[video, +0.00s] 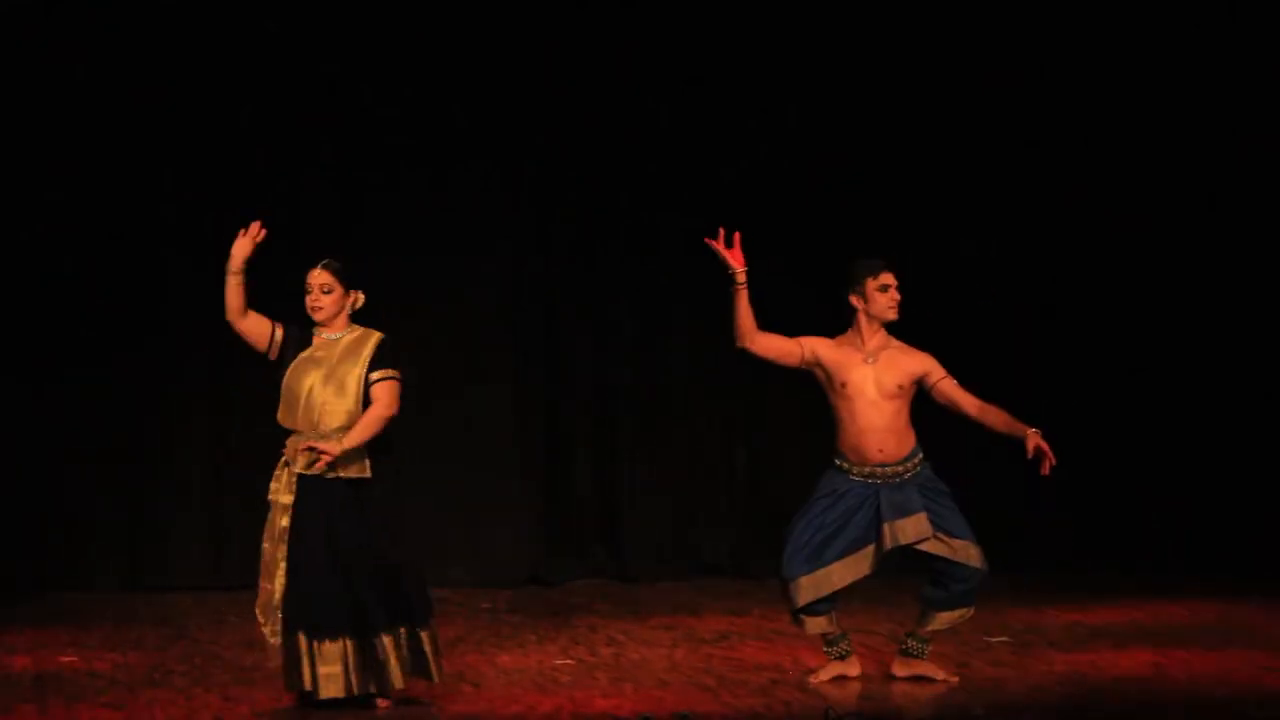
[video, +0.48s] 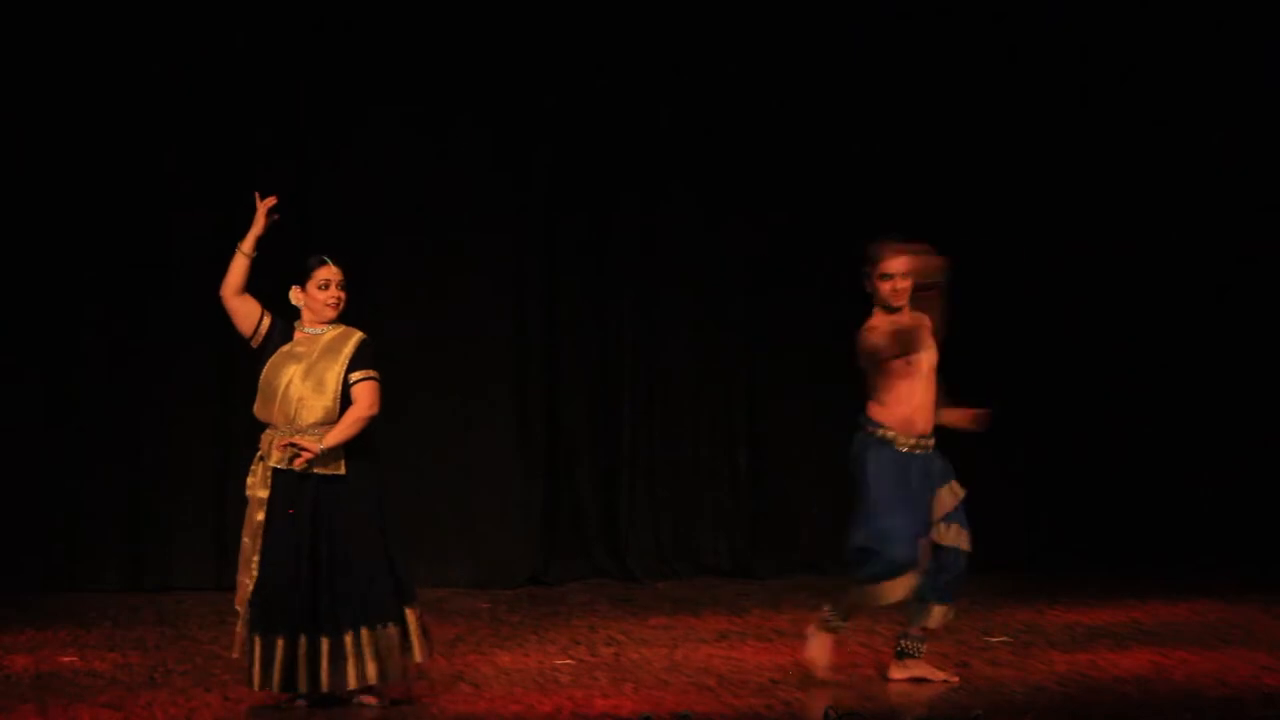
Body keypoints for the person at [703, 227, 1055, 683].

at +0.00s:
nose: (896, 296)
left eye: (896, 289)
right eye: (885, 290)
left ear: (894, 299)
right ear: (857, 300)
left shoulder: (915, 361)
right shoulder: (823, 352)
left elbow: (974, 407)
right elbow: (749, 339)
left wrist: (1024, 432)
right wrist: (739, 279)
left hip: (912, 479)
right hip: (849, 481)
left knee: (964, 564)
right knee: (800, 564)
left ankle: (913, 656)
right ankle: (841, 658)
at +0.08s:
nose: (896, 295)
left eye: (896, 288)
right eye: (884, 288)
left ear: (896, 296)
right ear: (856, 298)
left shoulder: (916, 358)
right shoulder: (823, 350)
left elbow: (976, 401)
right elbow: (750, 332)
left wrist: (1026, 426)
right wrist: (741, 276)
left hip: (912, 477)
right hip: (850, 479)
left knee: (964, 565)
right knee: (803, 564)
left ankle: (913, 656)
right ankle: (841, 657)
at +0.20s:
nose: (887, 296)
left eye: (891, 288)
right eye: (876, 288)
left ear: (897, 294)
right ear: (852, 298)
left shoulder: (920, 349)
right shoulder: (830, 347)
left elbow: (986, 385)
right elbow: (754, 330)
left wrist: (1036, 417)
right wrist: (766, 275)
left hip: (916, 475)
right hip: (855, 476)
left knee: (959, 567)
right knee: (814, 560)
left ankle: (911, 656)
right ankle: (834, 656)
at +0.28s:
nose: (880, 296)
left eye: (888, 287)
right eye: (870, 288)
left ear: (897, 292)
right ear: (854, 296)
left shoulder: (927, 345)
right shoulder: (839, 348)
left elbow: (997, 379)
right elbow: (765, 344)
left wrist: (1050, 417)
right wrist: (765, 283)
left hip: (921, 471)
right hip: (861, 471)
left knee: (955, 564)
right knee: (826, 557)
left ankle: (909, 657)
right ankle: (835, 656)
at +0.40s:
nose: (889, 291)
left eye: (896, 282)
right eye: (878, 284)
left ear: (906, 287)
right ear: (864, 291)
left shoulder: (933, 334)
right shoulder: (861, 341)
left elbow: (975, 373)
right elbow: (830, 346)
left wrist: (1019, 415)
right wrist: (806, 298)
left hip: (927, 462)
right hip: (878, 461)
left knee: (948, 558)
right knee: (867, 564)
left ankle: (908, 658)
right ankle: (828, 645)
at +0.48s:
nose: (897, 285)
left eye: (905, 277)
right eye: (887, 277)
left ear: (914, 282)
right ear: (873, 284)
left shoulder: (923, 326)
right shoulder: (873, 331)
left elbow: (914, 397)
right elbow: (884, 351)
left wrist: (951, 416)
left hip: (925, 453)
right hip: (884, 450)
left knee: (950, 547)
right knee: (895, 559)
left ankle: (908, 657)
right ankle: (829, 622)